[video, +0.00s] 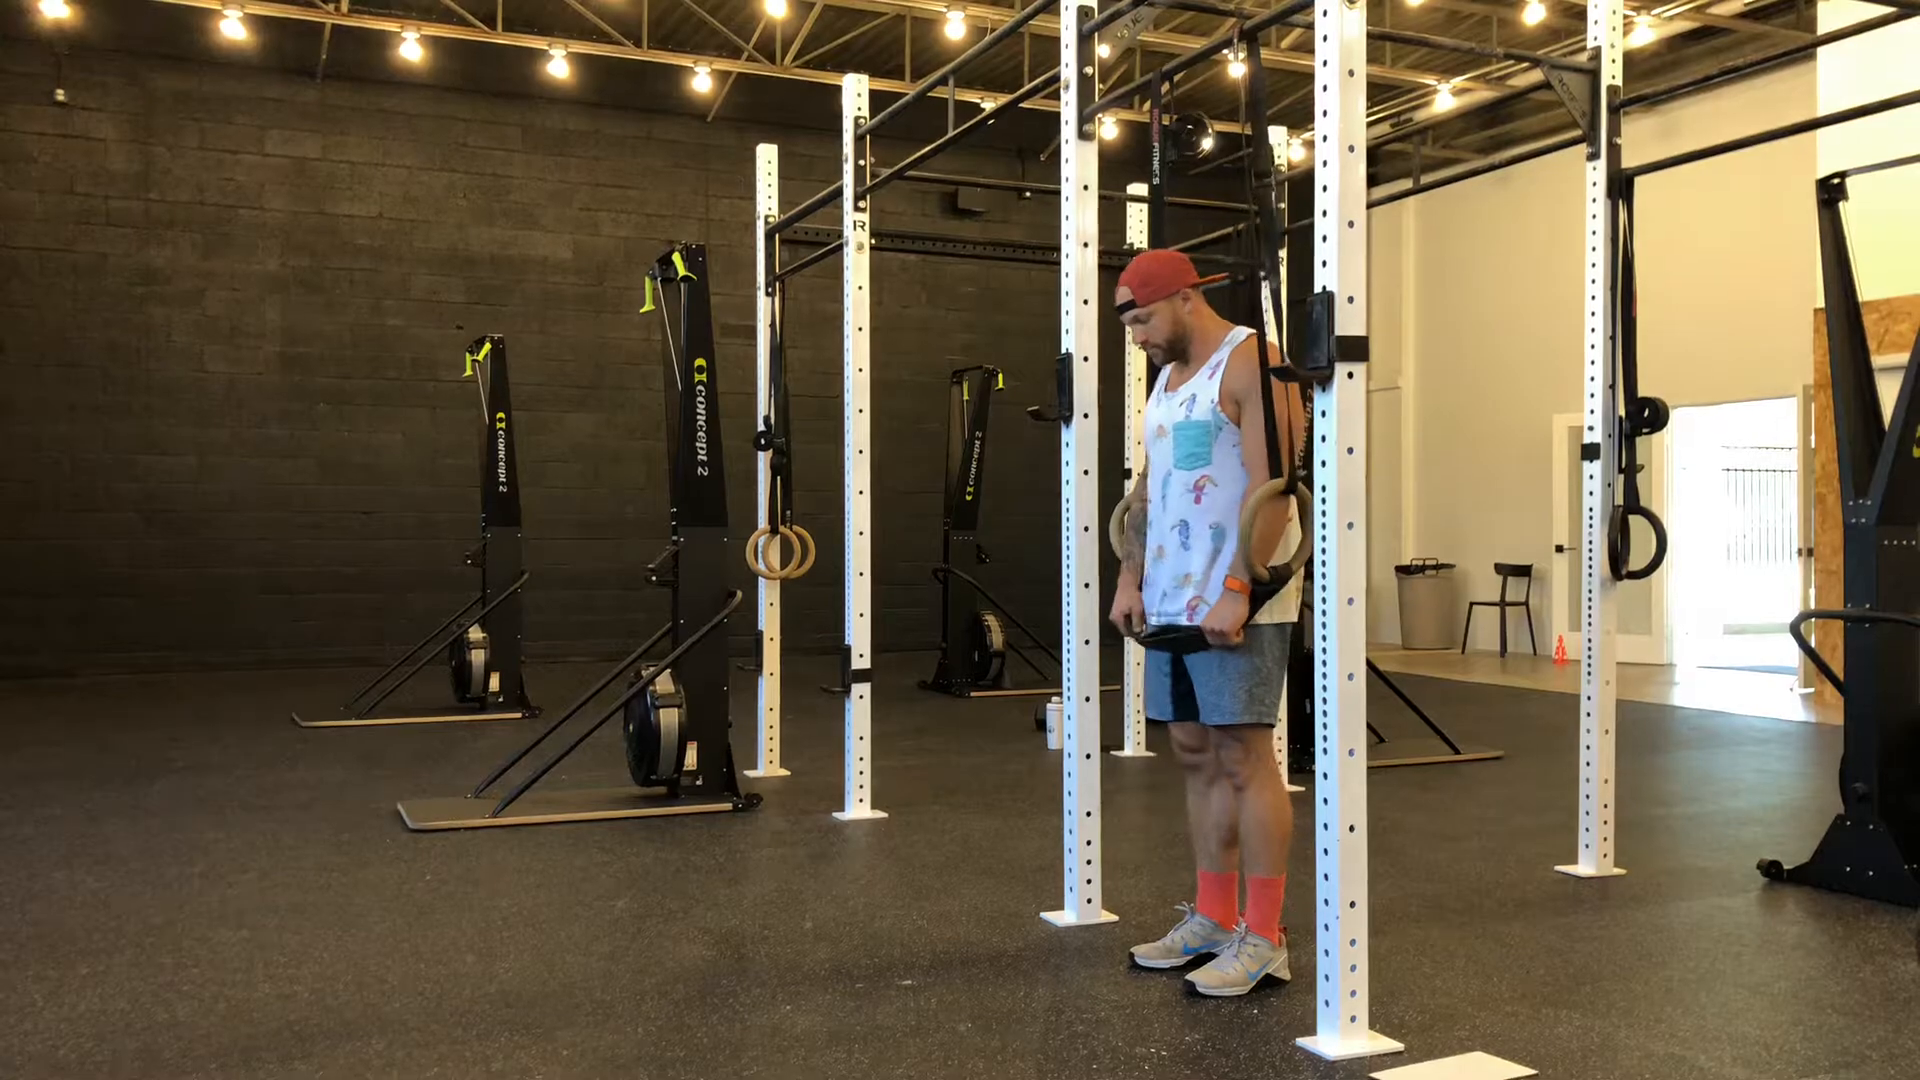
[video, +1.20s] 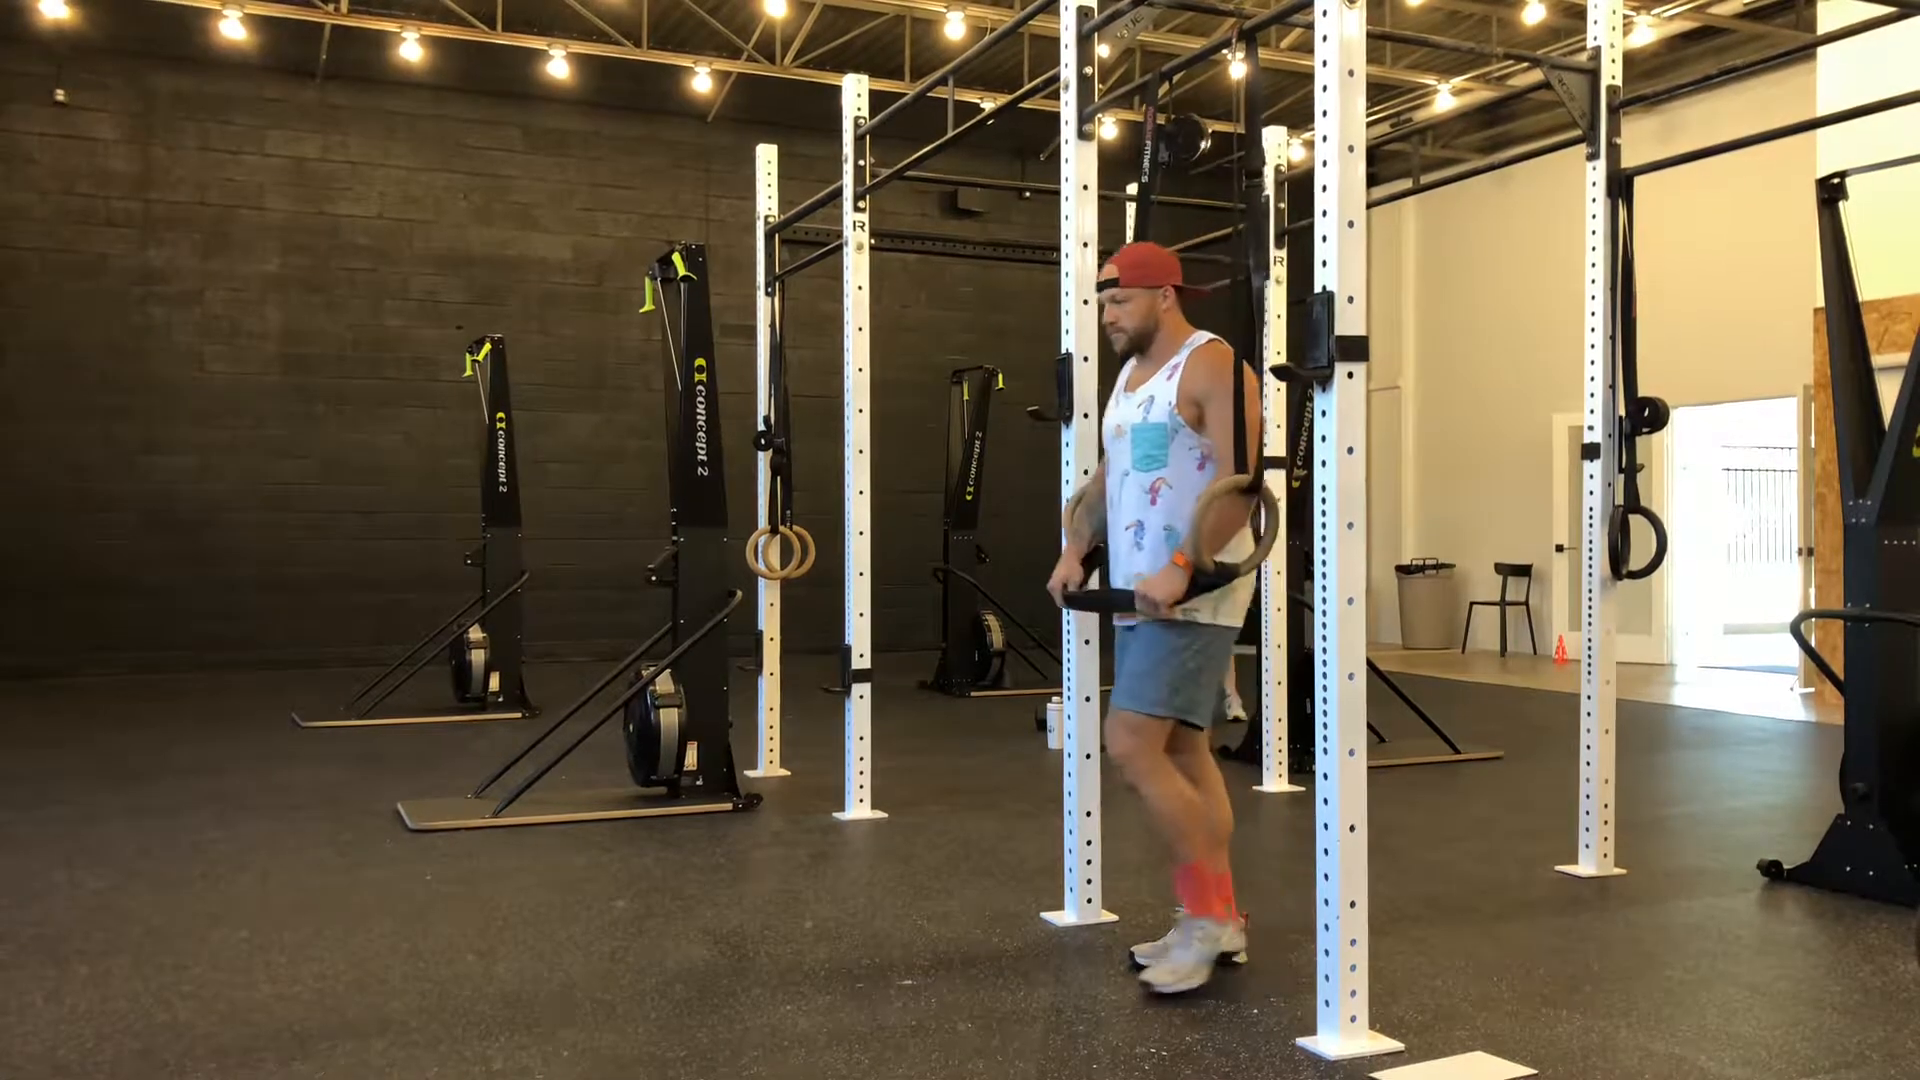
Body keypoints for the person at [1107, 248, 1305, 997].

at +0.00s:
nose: (1131, 328)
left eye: (1138, 312)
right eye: (1126, 315)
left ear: (1187, 299)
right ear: (1161, 310)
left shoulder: (1249, 363)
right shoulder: (1166, 380)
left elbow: (1273, 489)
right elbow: (1153, 491)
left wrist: (1240, 586)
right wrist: (1132, 575)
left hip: (1236, 602)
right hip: (1177, 604)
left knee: (1246, 760)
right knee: (1196, 754)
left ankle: (1264, 938)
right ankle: (1213, 919)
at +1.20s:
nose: (1107, 309)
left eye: (1118, 295)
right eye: (1104, 297)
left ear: (1163, 298)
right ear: (1124, 304)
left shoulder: (1210, 363)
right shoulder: (1131, 377)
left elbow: (1243, 480)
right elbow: (1110, 477)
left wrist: (1187, 565)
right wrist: (1076, 544)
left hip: (1197, 591)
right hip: (1149, 589)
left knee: (1133, 742)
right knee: (1187, 754)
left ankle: (1207, 919)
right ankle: (1219, 917)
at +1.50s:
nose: (1032, 324)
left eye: (1043, 308)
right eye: (1029, 311)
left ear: (1094, 306)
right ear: (1049, 318)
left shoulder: (1149, 378)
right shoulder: (1065, 387)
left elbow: (1205, 482)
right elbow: (1067, 483)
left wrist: (1138, 550)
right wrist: (1033, 534)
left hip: (1135, 600)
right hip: (1092, 599)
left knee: (1065, 755)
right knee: (1148, 762)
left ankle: (1042, 959)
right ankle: (1214, 916)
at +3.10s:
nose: (664, 315)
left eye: (673, 294)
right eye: (660, 299)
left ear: (727, 284)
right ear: (714, 293)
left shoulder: (783, 331)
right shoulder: (739, 367)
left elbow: (887, 406)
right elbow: (817, 444)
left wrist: (868, 530)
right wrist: (806, 538)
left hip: (874, 583)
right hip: (831, 586)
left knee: (869, 766)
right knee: (854, 758)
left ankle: (875, 976)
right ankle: (977, 889)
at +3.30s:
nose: (657, 318)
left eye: (665, 298)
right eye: (653, 303)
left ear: (720, 291)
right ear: (698, 300)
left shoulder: (785, 345)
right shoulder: (727, 381)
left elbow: (896, 416)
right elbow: (783, 478)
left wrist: (912, 546)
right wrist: (744, 555)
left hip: (871, 580)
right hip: (838, 586)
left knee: (836, 774)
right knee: (907, 754)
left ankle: (870, 976)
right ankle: (1018, 885)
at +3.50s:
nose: (627, 361)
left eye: (633, 340)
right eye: (622, 345)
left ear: (686, 327)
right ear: (679, 334)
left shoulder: (767, 376)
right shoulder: (703, 415)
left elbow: (886, 453)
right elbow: (733, 519)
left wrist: (906, 577)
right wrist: (669, 581)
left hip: (861, 597)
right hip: (834, 602)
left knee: (783, 779)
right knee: (920, 763)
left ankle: (862, 969)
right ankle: (1031, 896)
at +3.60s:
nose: (600, 392)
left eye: (606, 372)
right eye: (595, 376)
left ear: (659, 353)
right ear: (650, 361)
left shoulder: (745, 400)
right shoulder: (678, 438)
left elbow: (868, 471)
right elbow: (701, 540)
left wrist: (892, 596)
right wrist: (622, 567)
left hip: (850, 611)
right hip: (824, 615)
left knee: (763, 789)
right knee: (912, 775)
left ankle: (855, 960)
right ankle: (1032, 895)